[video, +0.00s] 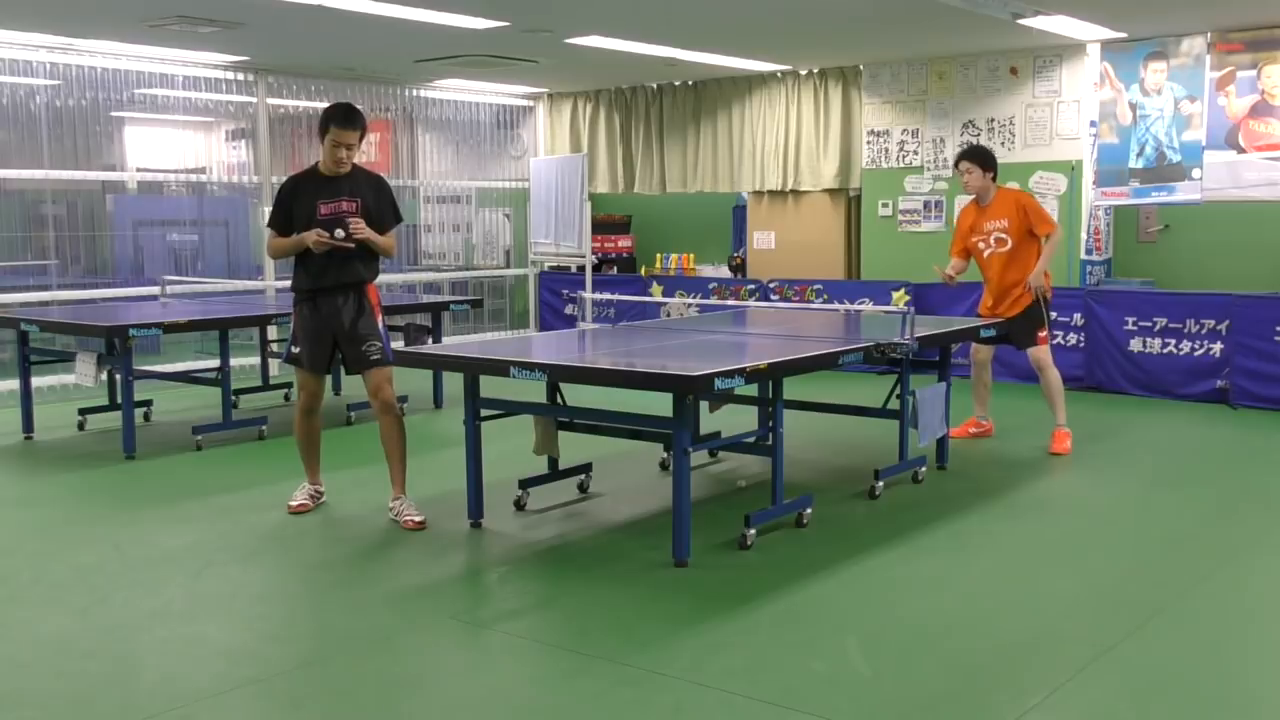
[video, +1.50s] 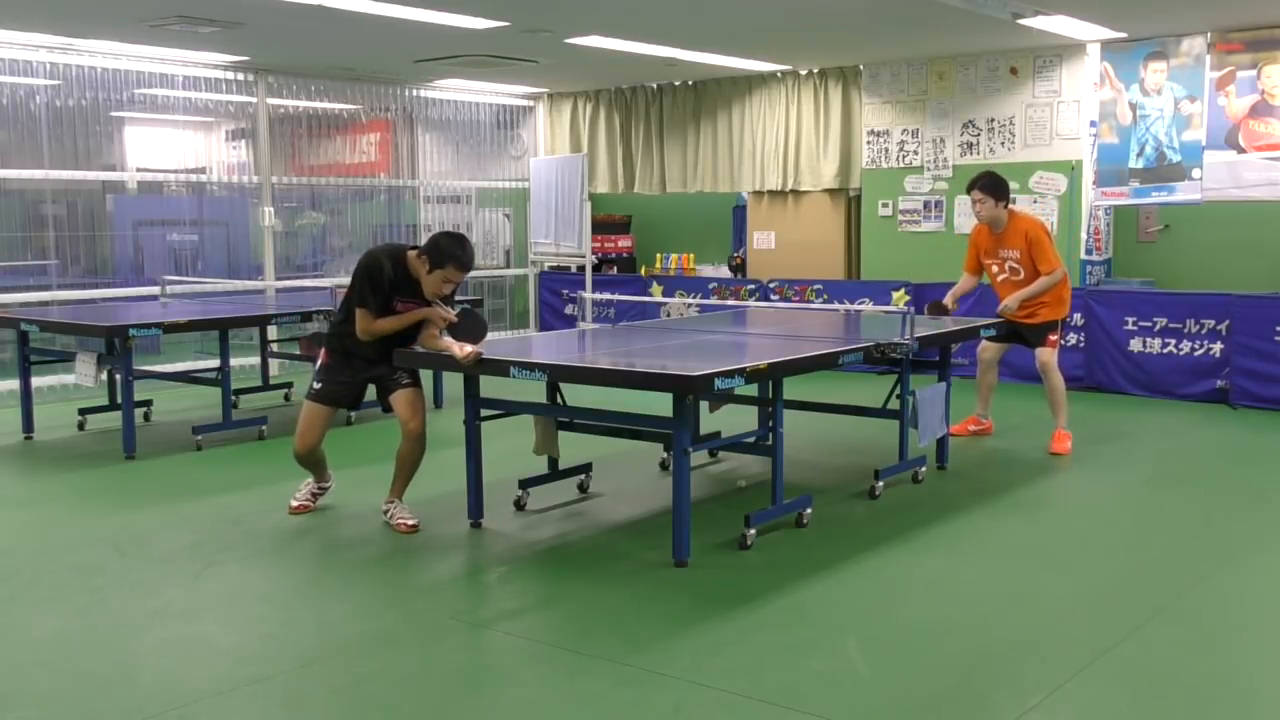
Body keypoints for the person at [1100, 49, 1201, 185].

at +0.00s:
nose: (1158, 77)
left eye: (1162, 72)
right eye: (1154, 71)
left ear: (1167, 73)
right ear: (1143, 72)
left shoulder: (1173, 89)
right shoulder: (1135, 91)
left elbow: (1198, 105)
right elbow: (1125, 121)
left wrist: (1191, 107)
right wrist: (1120, 95)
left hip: (1171, 160)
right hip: (1142, 163)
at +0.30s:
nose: (1158, 77)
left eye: (1162, 72)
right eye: (1154, 71)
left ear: (1167, 73)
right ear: (1143, 72)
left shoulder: (1173, 89)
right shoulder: (1135, 91)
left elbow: (1198, 106)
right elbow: (1125, 121)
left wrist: (1191, 107)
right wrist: (1120, 95)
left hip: (1171, 161)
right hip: (1141, 163)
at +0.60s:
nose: (1158, 77)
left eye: (1162, 72)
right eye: (1154, 71)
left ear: (1167, 73)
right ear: (1143, 72)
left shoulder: (1173, 89)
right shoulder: (1135, 91)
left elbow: (1198, 106)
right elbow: (1125, 121)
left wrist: (1191, 107)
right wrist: (1120, 95)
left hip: (1171, 161)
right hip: (1141, 163)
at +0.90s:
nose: (1158, 77)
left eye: (1162, 72)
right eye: (1154, 71)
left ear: (1167, 73)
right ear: (1143, 72)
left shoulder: (1173, 89)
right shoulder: (1134, 91)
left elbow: (1198, 106)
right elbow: (1125, 121)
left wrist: (1191, 107)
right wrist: (1120, 95)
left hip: (1171, 161)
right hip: (1141, 163)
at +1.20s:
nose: (1158, 77)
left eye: (1162, 72)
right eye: (1154, 71)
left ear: (1167, 73)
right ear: (1143, 72)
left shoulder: (1173, 89)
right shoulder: (1135, 91)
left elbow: (1198, 105)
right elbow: (1125, 120)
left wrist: (1191, 107)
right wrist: (1120, 95)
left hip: (1171, 162)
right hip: (1141, 164)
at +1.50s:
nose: (1158, 77)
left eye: (1162, 72)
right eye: (1154, 71)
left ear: (1167, 73)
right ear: (1143, 72)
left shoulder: (1173, 89)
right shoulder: (1135, 91)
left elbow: (1198, 105)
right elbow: (1125, 120)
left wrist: (1191, 107)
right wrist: (1120, 95)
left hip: (1171, 162)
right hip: (1141, 164)